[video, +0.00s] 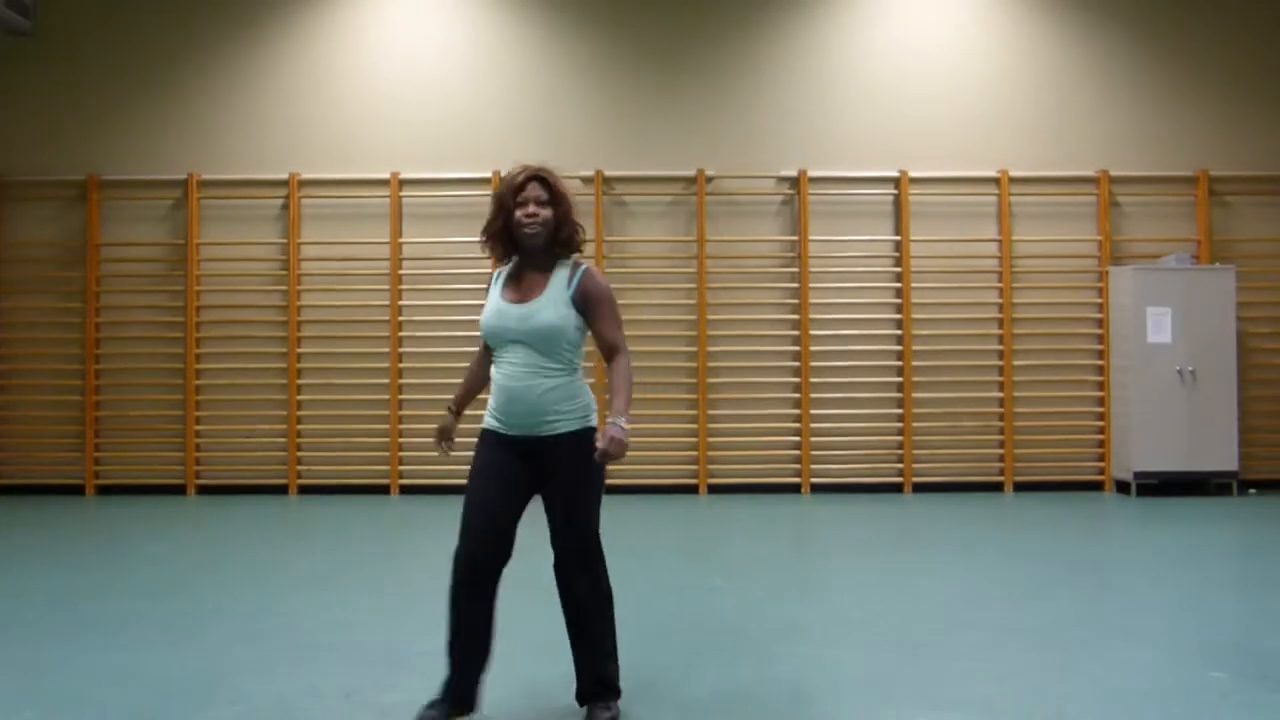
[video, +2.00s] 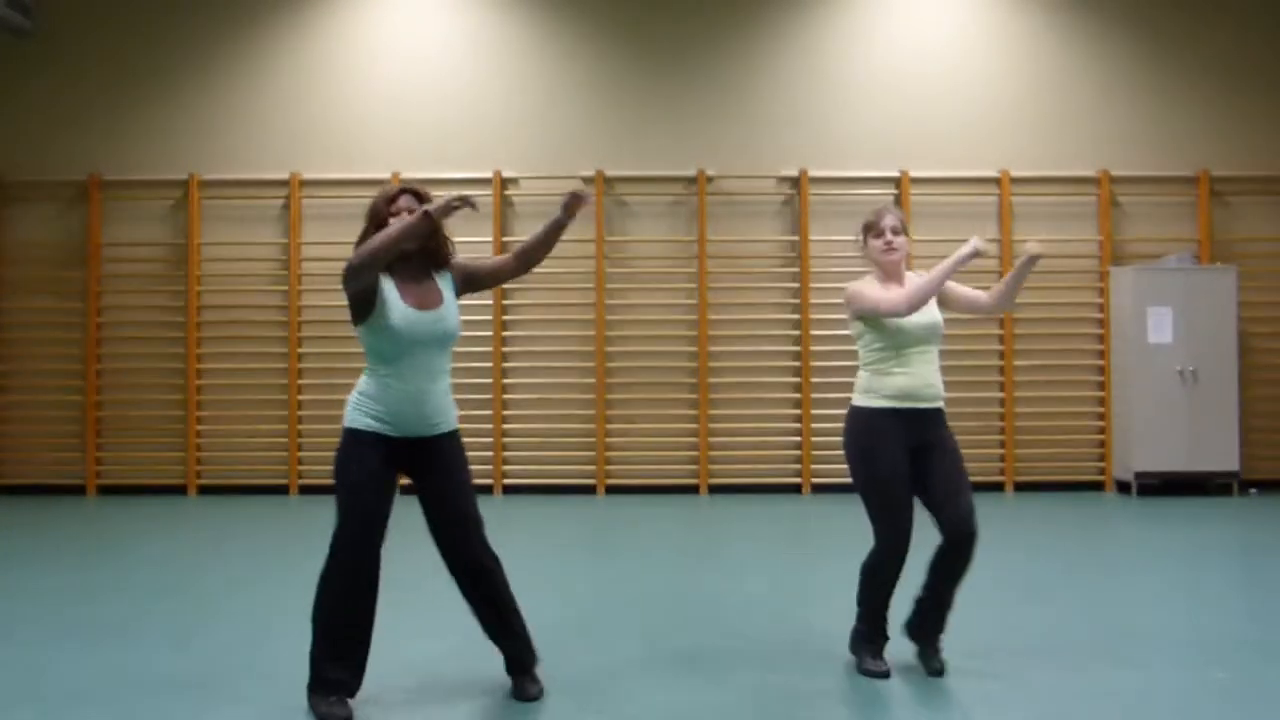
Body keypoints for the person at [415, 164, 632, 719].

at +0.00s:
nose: (533, 212)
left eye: (543, 203)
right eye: (523, 204)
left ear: (559, 214)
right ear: (508, 216)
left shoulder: (583, 280)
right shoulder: (500, 279)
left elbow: (617, 353)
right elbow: (488, 354)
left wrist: (619, 420)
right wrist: (454, 411)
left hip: (569, 443)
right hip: (502, 441)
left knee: (579, 567)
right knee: (473, 562)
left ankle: (600, 697)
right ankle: (459, 693)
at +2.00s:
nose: (408, 218)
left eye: (416, 211)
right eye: (396, 213)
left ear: (431, 226)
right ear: (379, 231)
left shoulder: (449, 276)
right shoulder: (367, 283)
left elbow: (516, 263)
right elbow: (364, 261)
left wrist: (561, 220)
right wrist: (428, 216)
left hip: (436, 434)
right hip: (372, 432)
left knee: (469, 550)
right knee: (354, 551)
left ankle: (521, 664)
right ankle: (330, 691)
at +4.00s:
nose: (279, 245)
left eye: (290, 240)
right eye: (270, 239)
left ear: (308, 253)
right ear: (255, 253)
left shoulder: (320, 297)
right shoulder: (242, 294)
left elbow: (388, 279)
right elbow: (269, 277)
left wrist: (446, 251)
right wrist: (339, 251)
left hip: (302, 444)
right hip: (238, 445)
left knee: (335, 552)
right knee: (198, 555)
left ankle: (367, 650)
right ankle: (144, 665)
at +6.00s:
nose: (217, 254)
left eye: (229, 251)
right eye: (212, 247)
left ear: (243, 267)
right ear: (200, 256)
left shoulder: (243, 313)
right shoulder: (187, 294)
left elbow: (192, 287)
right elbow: (147, 250)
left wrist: (154, 230)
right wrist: (97, 219)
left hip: (225, 447)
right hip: (172, 443)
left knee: (211, 546)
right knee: (137, 543)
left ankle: (287, 640)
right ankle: (111, 648)